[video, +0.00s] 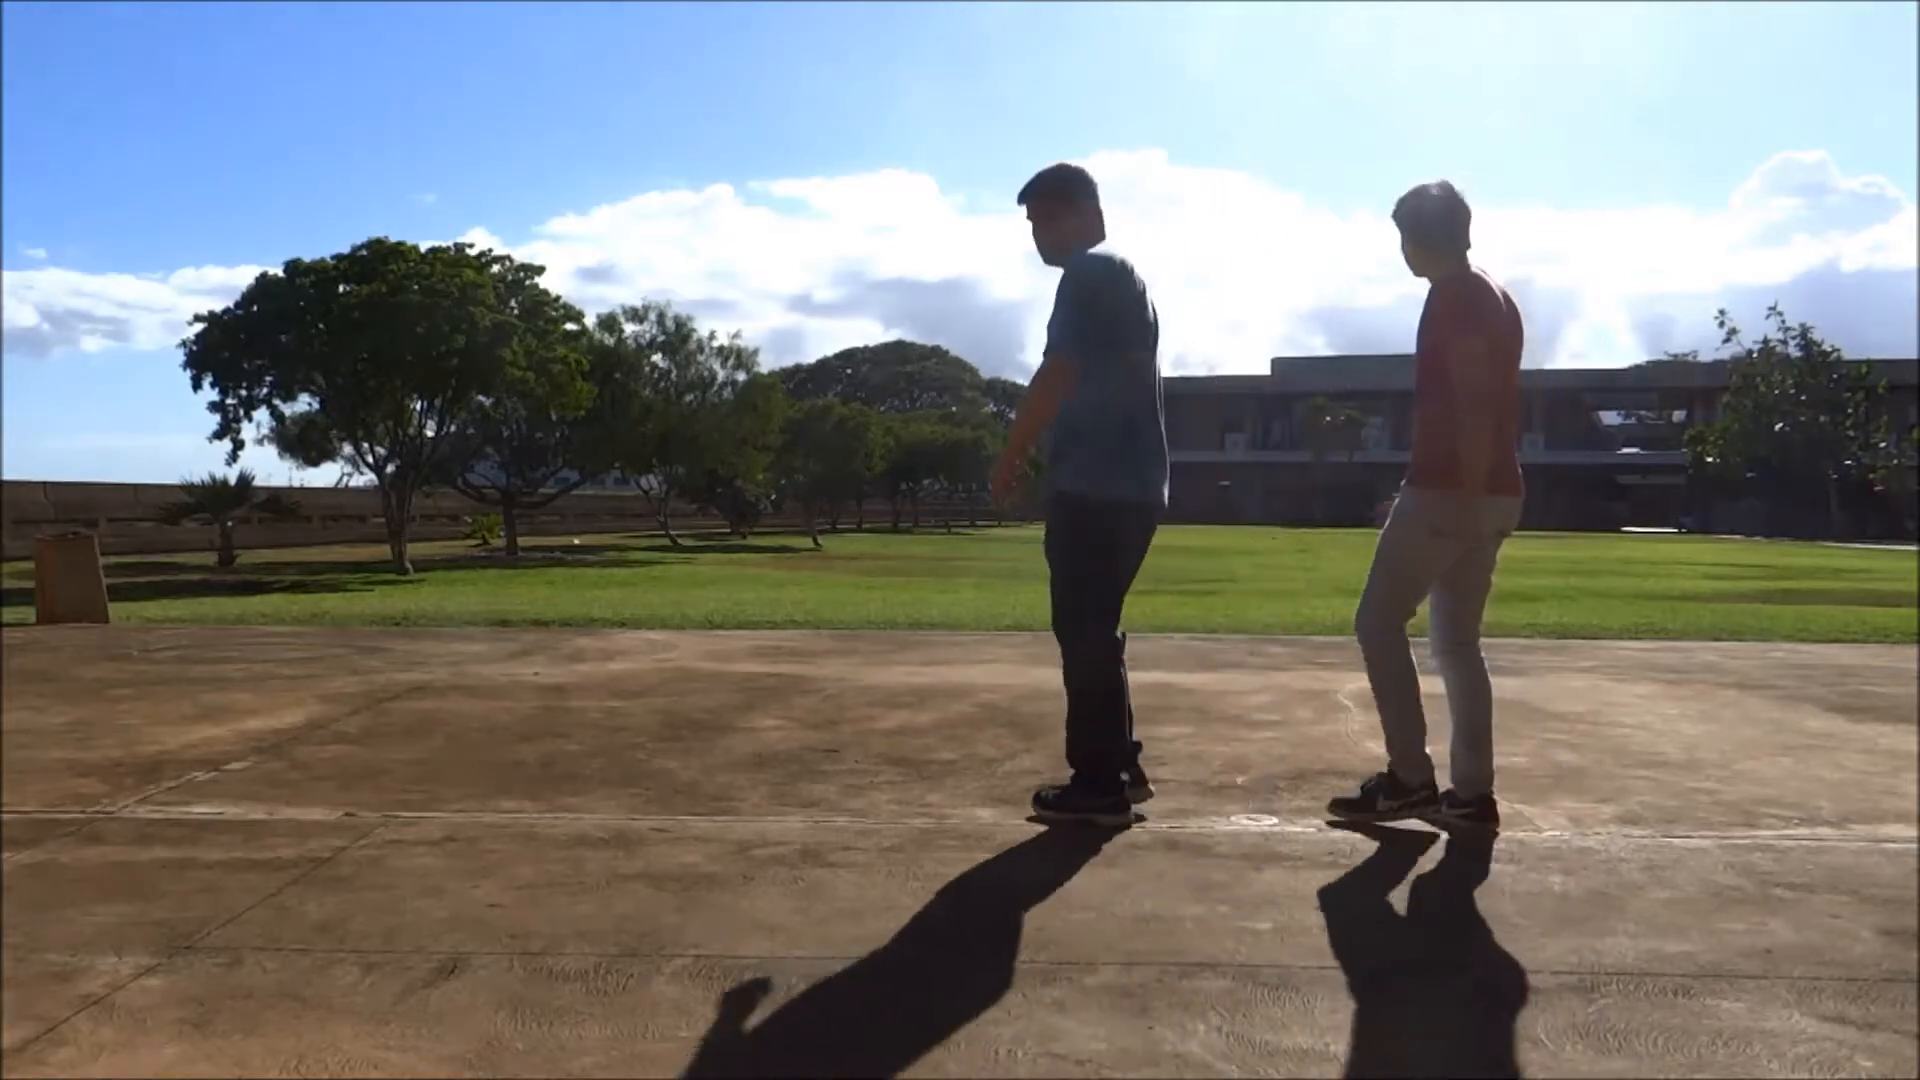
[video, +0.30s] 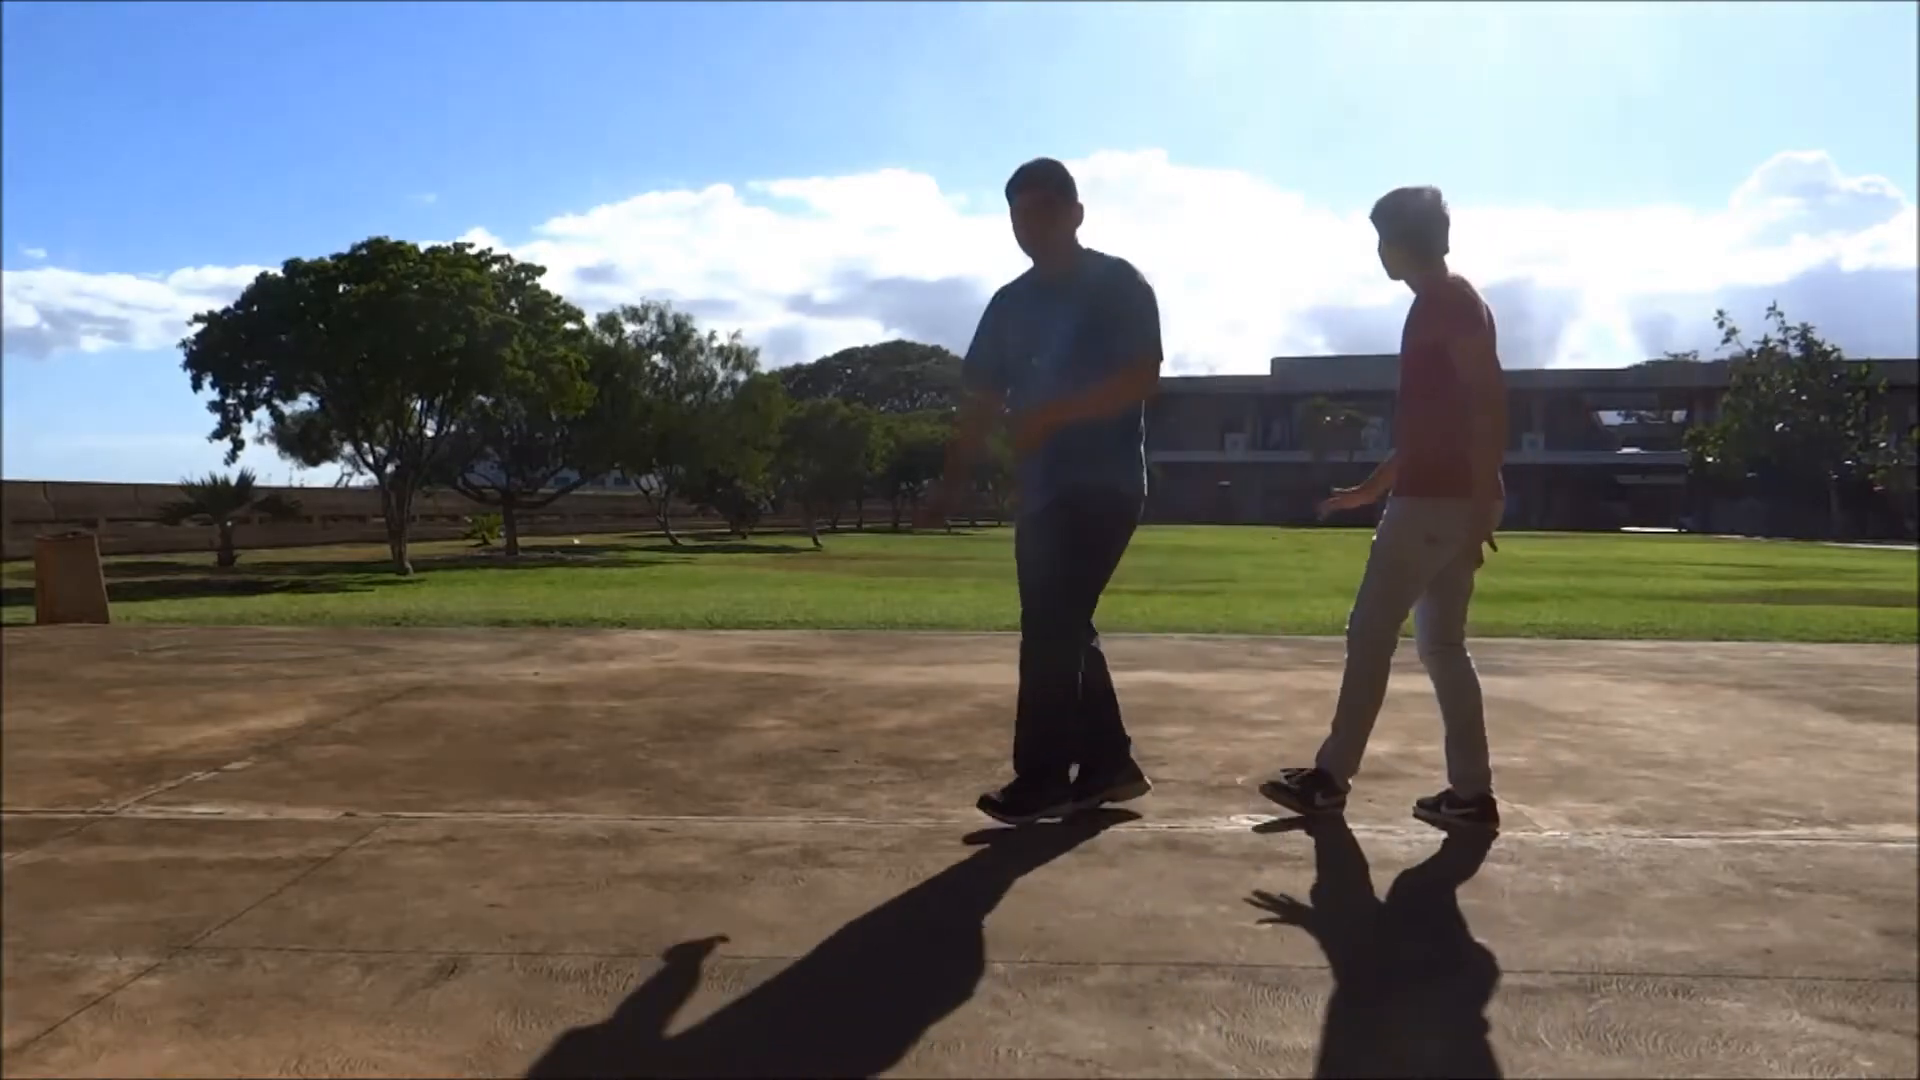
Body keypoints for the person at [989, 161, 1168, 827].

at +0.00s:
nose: (1033, 234)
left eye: (1039, 219)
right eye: (1031, 221)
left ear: (1077, 213)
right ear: (1091, 214)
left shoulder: (1087, 273)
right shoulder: (1127, 280)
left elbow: (1059, 373)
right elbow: (1122, 389)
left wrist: (1012, 454)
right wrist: (1044, 456)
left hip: (1096, 489)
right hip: (1131, 487)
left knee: (1083, 627)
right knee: (1092, 626)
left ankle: (1098, 786)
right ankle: (1115, 766)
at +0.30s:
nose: (1028, 222)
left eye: (1041, 207)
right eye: (1019, 211)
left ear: (1074, 209)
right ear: (1011, 220)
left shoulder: (1119, 283)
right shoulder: (1009, 304)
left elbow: (1140, 380)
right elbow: (980, 402)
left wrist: (1047, 416)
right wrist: (950, 481)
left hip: (1103, 487)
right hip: (1040, 489)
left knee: (1053, 621)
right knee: (1059, 622)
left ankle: (1042, 777)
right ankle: (1110, 765)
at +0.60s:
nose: (1011, 214)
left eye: (1026, 200)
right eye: (1001, 202)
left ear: (1060, 202)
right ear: (992, 208)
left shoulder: (1104, 284)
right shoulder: (971, 293)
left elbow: (1138, 381)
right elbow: (927, 384)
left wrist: (1080, 441)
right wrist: (893, 449)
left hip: (1069, 496)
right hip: (996, 497)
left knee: (1035, 641)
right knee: (1013, 640)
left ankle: (1010, 805)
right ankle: (1086, 746)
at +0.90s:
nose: (982, 202)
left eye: (996, 188)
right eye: (971, 191)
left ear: (1032, 191)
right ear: (962, 199)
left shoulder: (1075, 274)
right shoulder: (942, 285)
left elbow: (1105, 382)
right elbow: (913, 390)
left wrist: (1086, 476)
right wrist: (890, 465)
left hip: (1037, 494)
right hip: (955, 494)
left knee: (1018, 647)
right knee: (935, 634)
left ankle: (1007, 802)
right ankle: (954, 767)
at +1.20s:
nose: (947, 212)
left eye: (962, 196)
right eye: (935, 198)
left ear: (993, 192)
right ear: (920, 198)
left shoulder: (1040, 275)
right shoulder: (900, 287)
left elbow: (1078, 384)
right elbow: (881, 398)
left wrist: (1067, 485)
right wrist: (862, 494)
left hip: (1004, 503)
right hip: (917, 502)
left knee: (1000, 659)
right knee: (882, 649)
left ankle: (1005, 805)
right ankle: (839, 799)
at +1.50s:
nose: (892, 202)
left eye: (906, 186)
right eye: (878, 188)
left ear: (936, 185)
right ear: (861, 192)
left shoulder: (981, 271)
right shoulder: (833, 279)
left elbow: (1009, 380)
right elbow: (811, 395)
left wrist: (985, 481)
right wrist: (794, 492)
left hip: (948, 510)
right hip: (852, 513)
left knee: (969, 666)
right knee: (839, 674)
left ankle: (1000, 802)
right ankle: (834, 819)